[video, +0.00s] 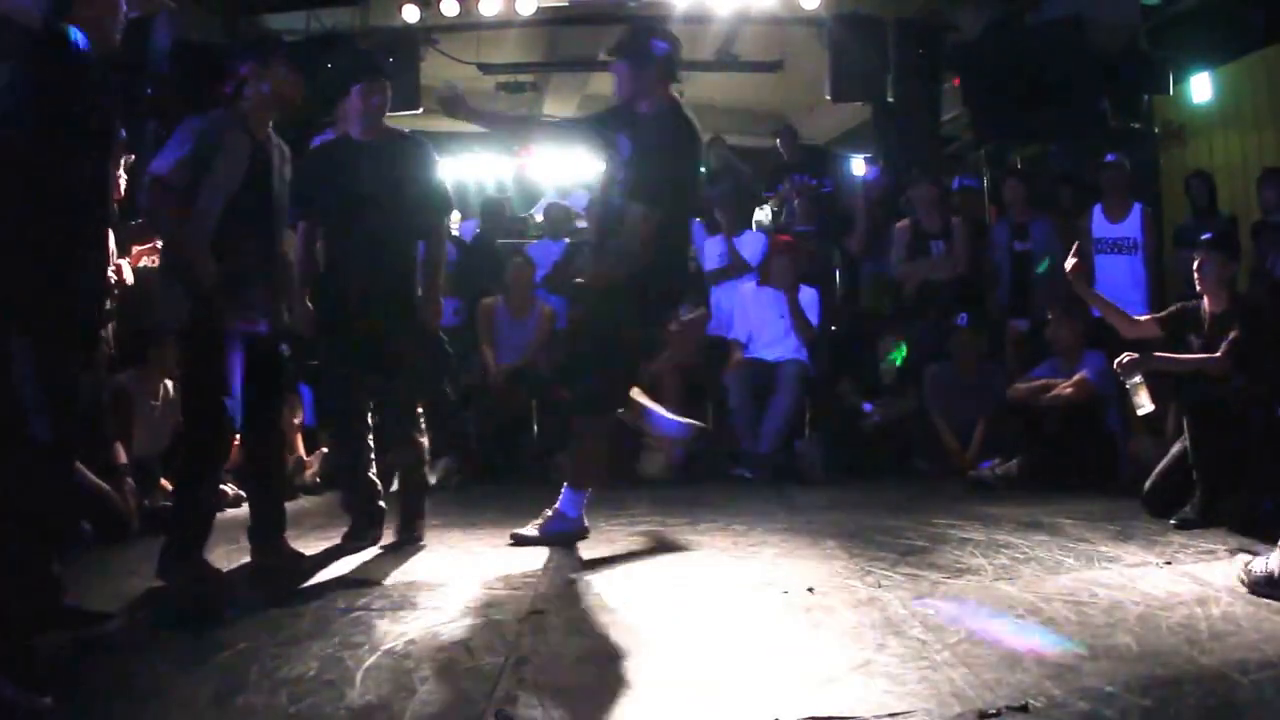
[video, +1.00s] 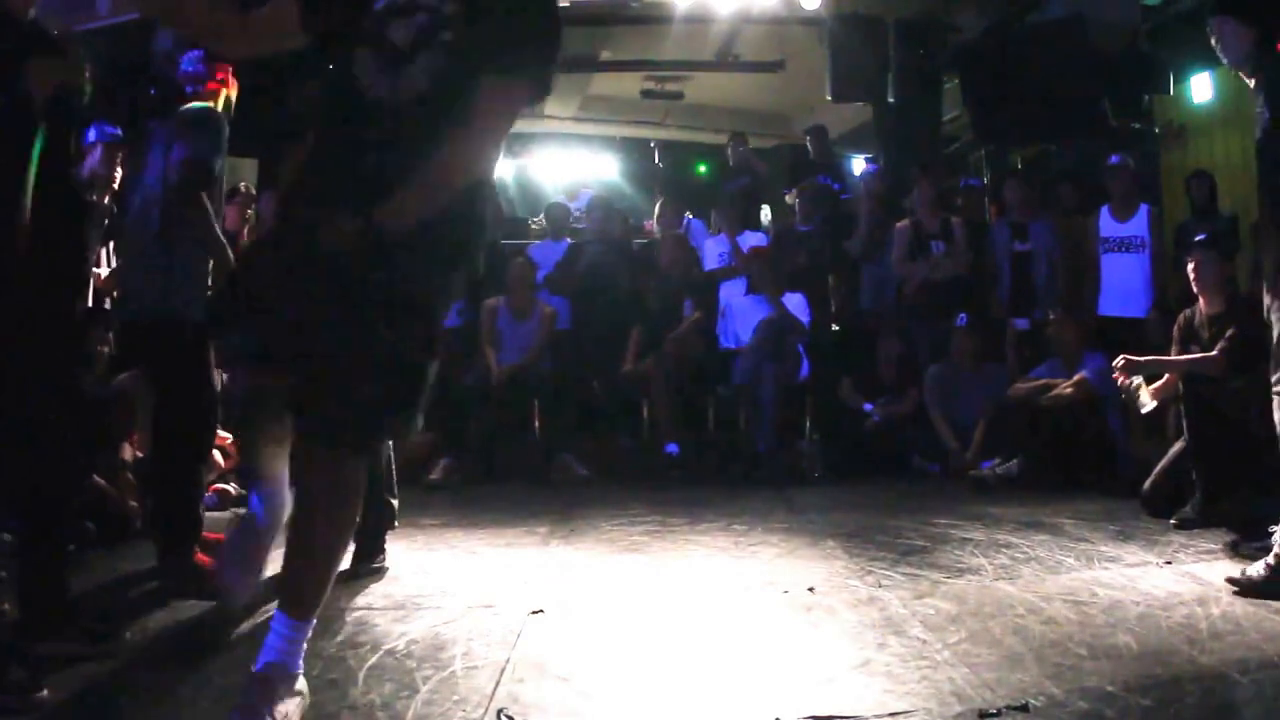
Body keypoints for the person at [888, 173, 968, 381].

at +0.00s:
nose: (923, 203)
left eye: (928, 196)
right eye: (918, 197)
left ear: (937, 197)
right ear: (911, 200)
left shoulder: (955, 226)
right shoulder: (903, 229)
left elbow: (959, 266)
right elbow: (898, 268)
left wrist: (921, 274)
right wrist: (938, 264)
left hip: (951, 296)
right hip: (919, 298)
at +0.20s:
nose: (927, 206)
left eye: (931, 199)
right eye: (922, 200)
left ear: (941, 200)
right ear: (915, 203)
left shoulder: (955, 225)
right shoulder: (903, 229)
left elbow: (961, 265)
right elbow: (899, 268)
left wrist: (922, 276)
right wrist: (939, 266)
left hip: (951, 297)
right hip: (918, 299)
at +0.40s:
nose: (926, 206)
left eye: (930, 200)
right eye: (922, 201)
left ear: (939, 200)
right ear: (915, 202)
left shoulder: (955, 225)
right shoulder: (903, 229)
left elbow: (960, 265)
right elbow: (898, 268)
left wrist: (921, 277)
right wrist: (938, 264)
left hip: (949, 297)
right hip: (917, 300)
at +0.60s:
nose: (926, 204)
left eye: (930, 197)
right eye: (921, 198)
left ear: (939, 198)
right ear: (914, 200)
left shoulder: (956, 227)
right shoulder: (904, 229)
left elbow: (960, 267)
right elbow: (898, 269)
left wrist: (921, 276)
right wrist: (941, 266)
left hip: (950, 298)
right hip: (916, 301)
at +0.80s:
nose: (928, 206)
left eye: (931, 200)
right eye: (923, 200)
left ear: (938, 200)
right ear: (915, 201)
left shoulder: (954, 225)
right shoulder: (903, 229)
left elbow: (961, 263)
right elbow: (898, 267)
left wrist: (926, 273)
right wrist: (930, 268)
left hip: (948, 291)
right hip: (917, 293)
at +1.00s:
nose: (926, 202)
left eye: (930, 196)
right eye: (922, 196)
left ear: (937, 197)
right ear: (915, 199)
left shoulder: (955, 225)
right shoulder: (904, 229)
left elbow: (961, 262)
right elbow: (899, 267)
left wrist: (926, 272)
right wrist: (935, 267)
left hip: (949, 294)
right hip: (917, 297)